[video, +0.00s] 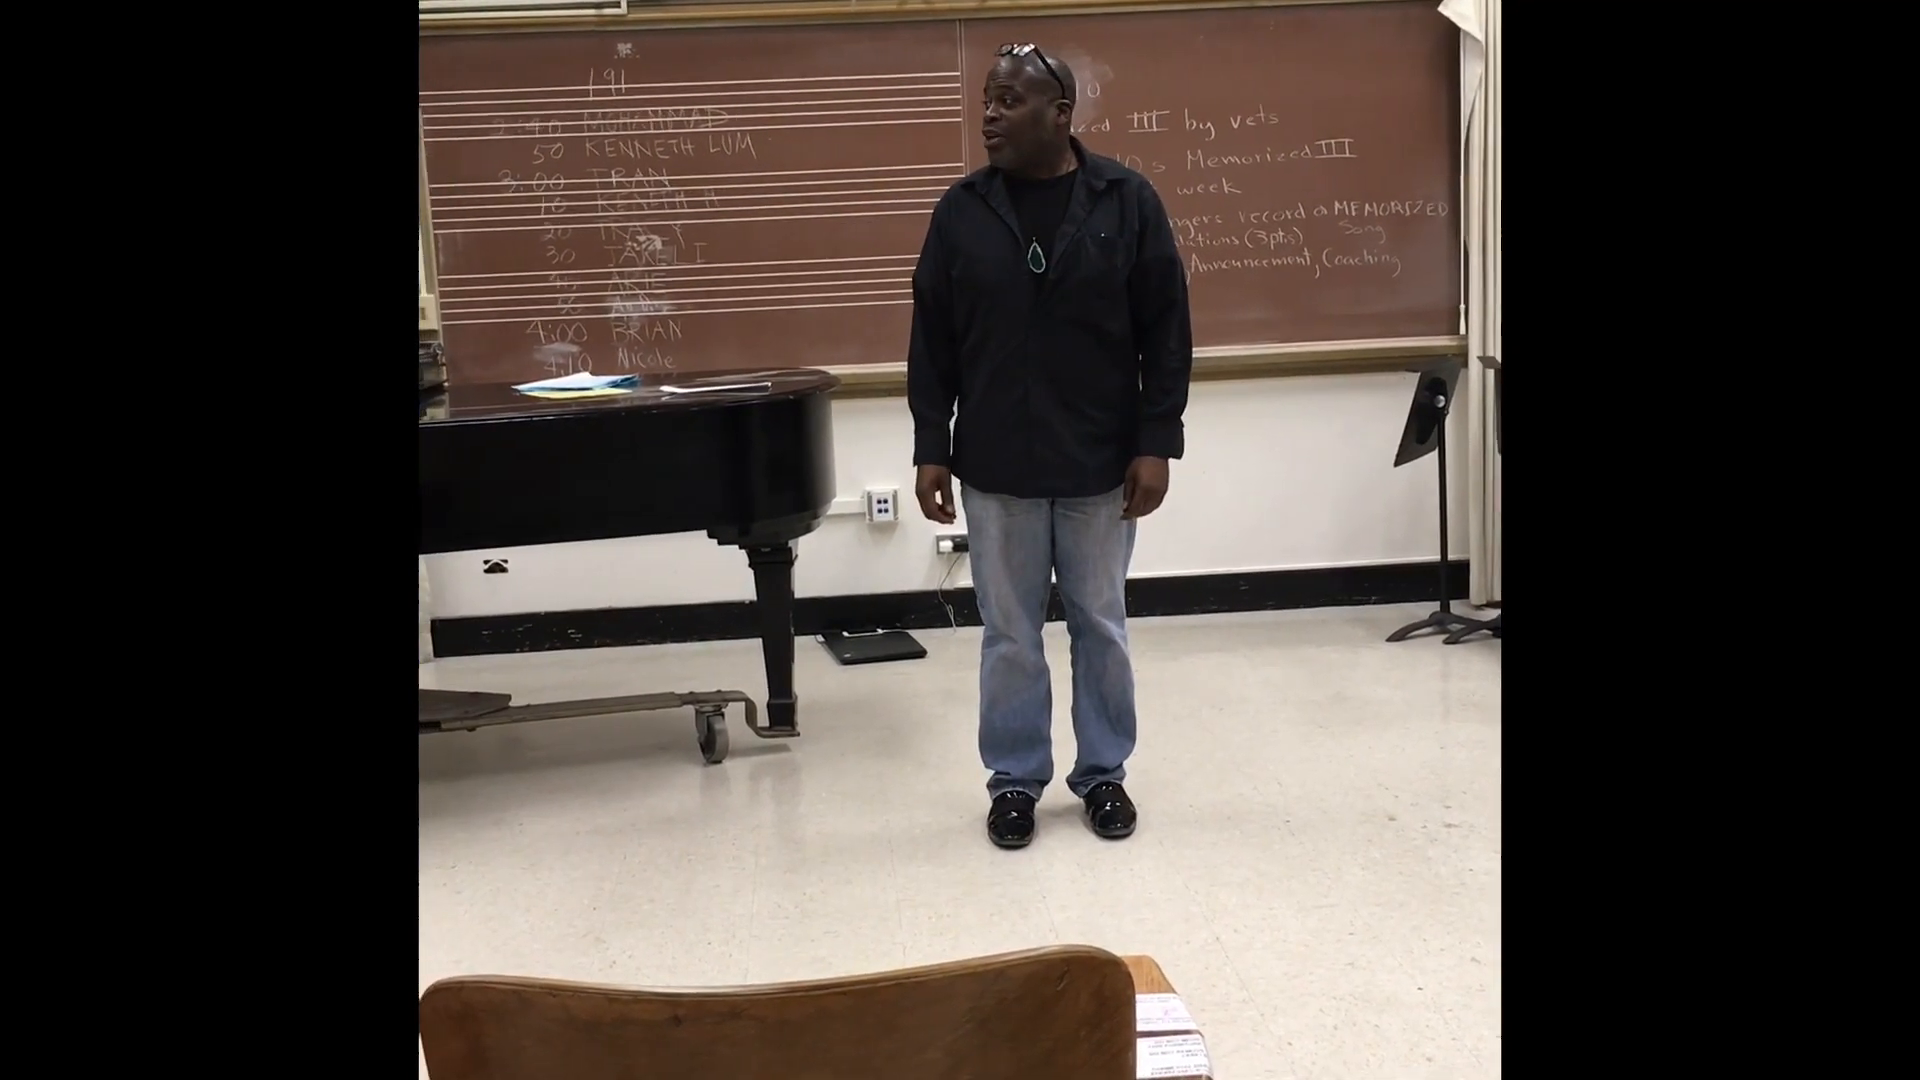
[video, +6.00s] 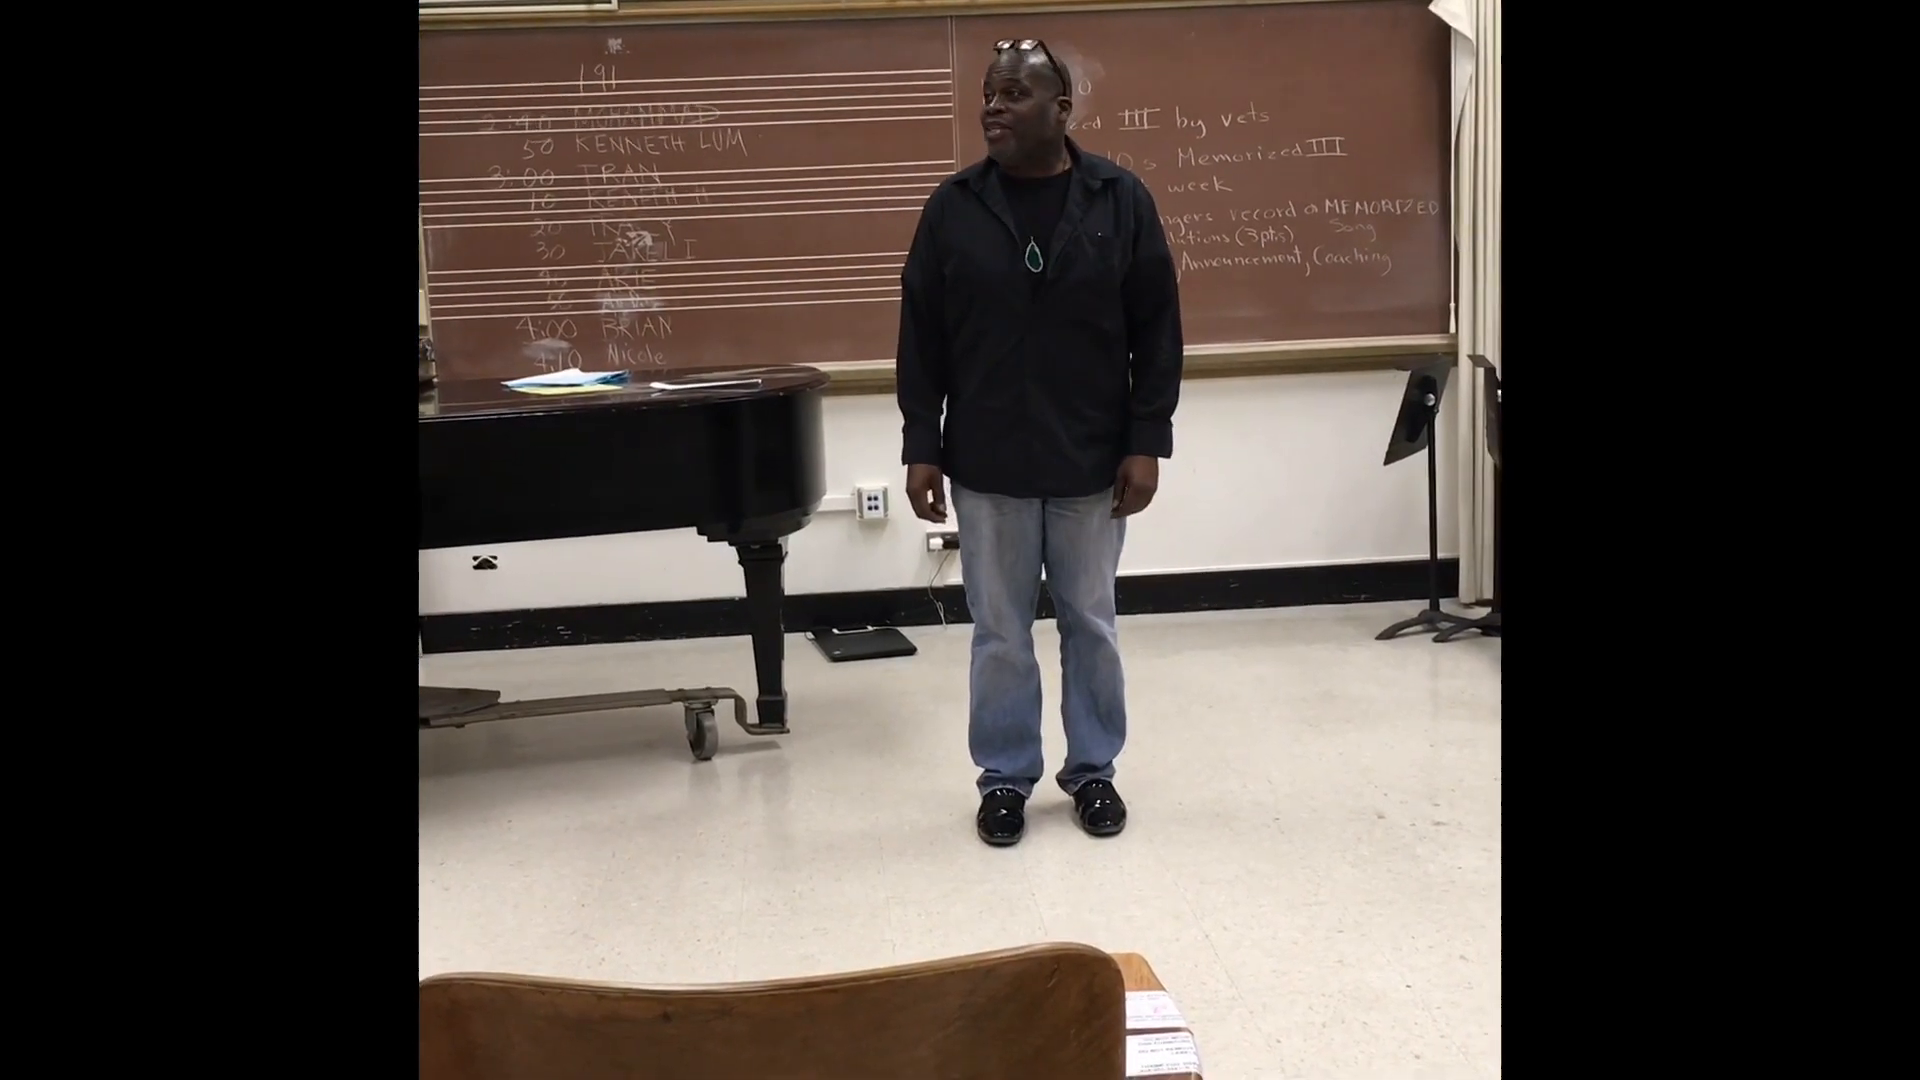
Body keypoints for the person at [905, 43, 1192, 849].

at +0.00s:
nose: (990, 116)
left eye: (1009, 101)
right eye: (988, 102)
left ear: (1061, 112)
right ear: (986, 112)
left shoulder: (1127, 200)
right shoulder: (962, 210)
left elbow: (1165, 331)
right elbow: (932, 337)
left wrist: (1156, 446)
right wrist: (930, 451)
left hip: (1100, 455)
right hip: (995, 458)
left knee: (1100, 626)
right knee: (1009, 632)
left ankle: (1103, 775)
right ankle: (1013, 779)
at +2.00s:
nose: (1054, 113)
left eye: (1070, 100)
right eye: (1038, 100)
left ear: (1096, 111)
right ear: (1014, 114)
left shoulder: (1143, 208)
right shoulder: (973, 217)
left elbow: (1180, 336)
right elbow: (943, 345)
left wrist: (1176, 447)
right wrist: (950, 460)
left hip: (1118, 458)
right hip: (1015, 462)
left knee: (1117, 629)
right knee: (1026, 636)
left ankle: (1120, 778)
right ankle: (1031, 785)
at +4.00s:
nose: (1069, 112)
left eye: (1079, 99)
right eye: (1049, 101)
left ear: (1096, 112)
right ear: (1013, 120)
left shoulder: (1139, 207)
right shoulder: (969, 219)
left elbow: (1176, 336)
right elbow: (940, 351)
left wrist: (1172, 448)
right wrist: (950, 467)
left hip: (1116, 459)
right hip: (1012, 465)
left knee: (1114, 631)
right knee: (1022, 638)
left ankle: (1116, 779)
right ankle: (1026, 787)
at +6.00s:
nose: (994, 107)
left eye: (1013, 95)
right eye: (990, 95)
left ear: (1063, 107)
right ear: (984, 106)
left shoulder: (1120, 200)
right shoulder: (953, 207)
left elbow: (1156, 330)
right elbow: (921, 334)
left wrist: (1146, 445)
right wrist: (921, 449)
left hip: (1091, 452)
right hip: (988, 454)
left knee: (1090, 623)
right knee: (1000, 629)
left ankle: (1093, 771)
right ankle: (1003, 777)